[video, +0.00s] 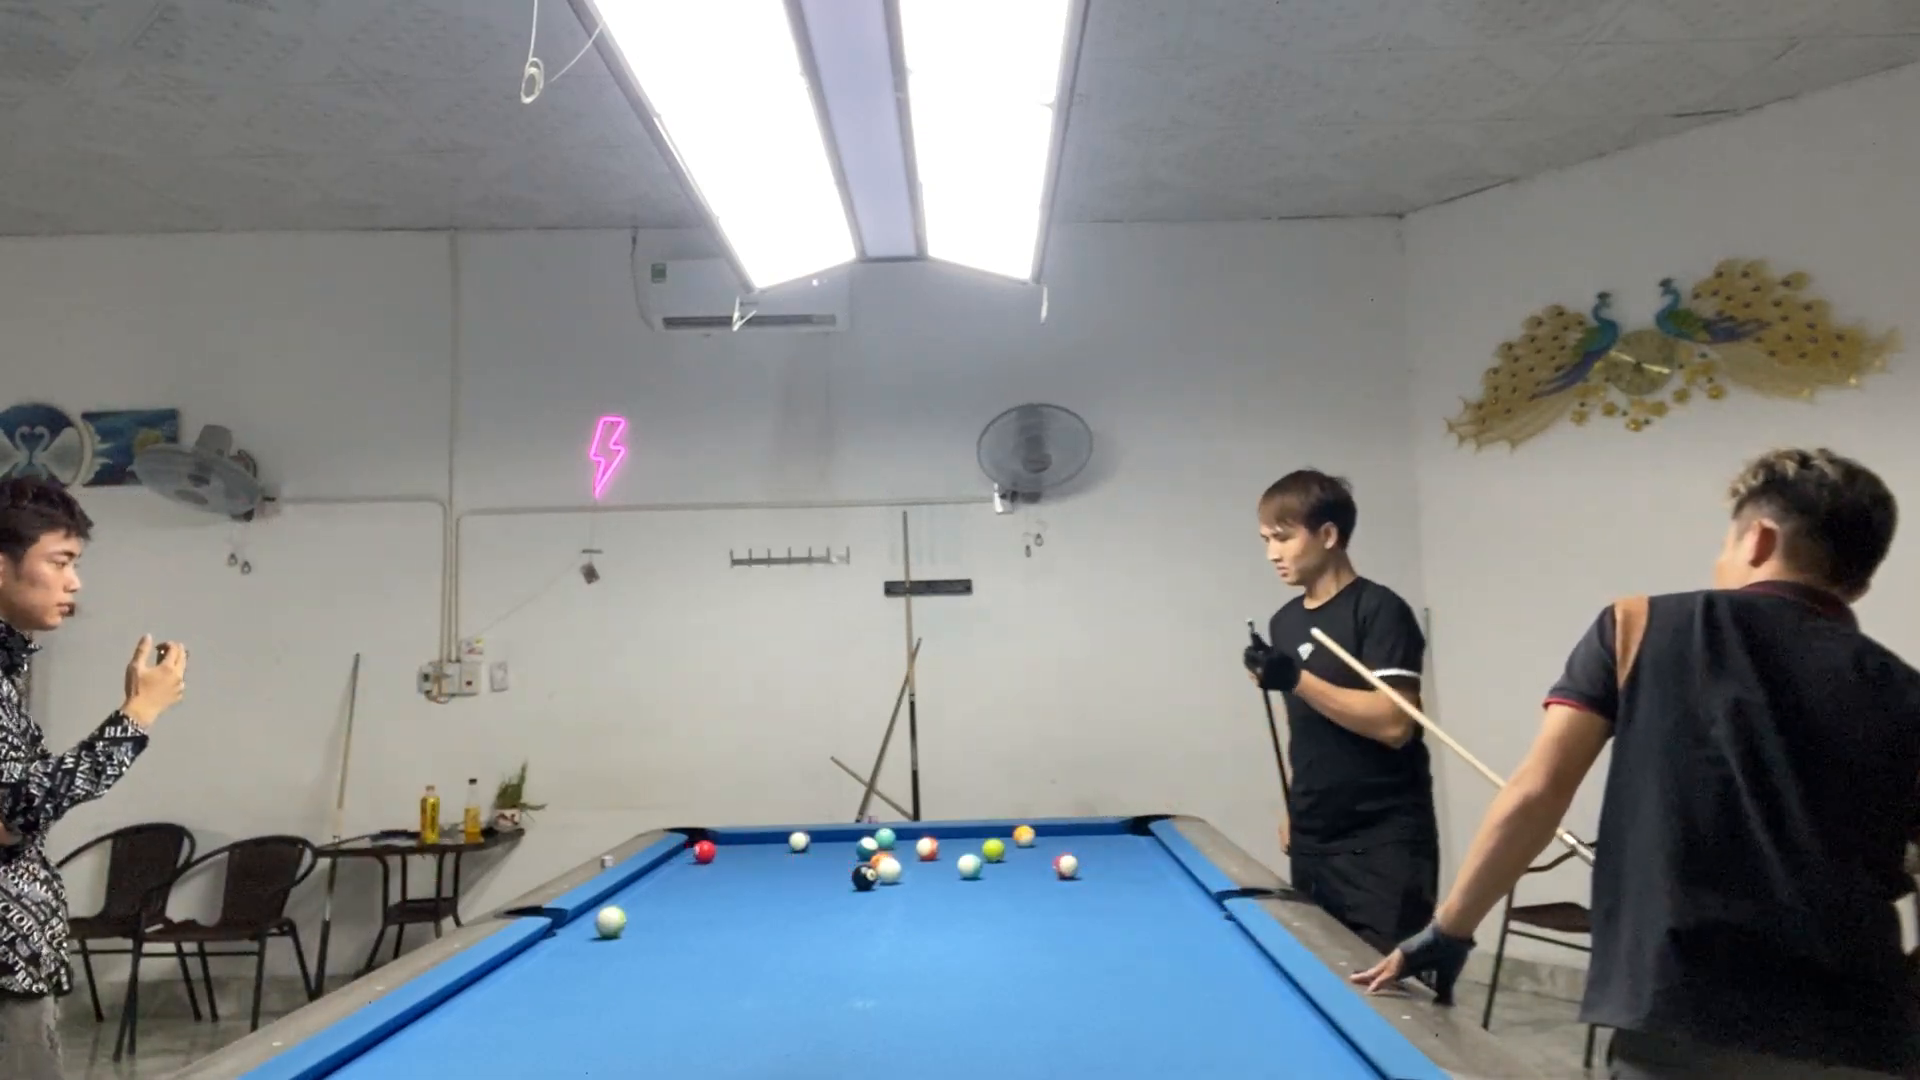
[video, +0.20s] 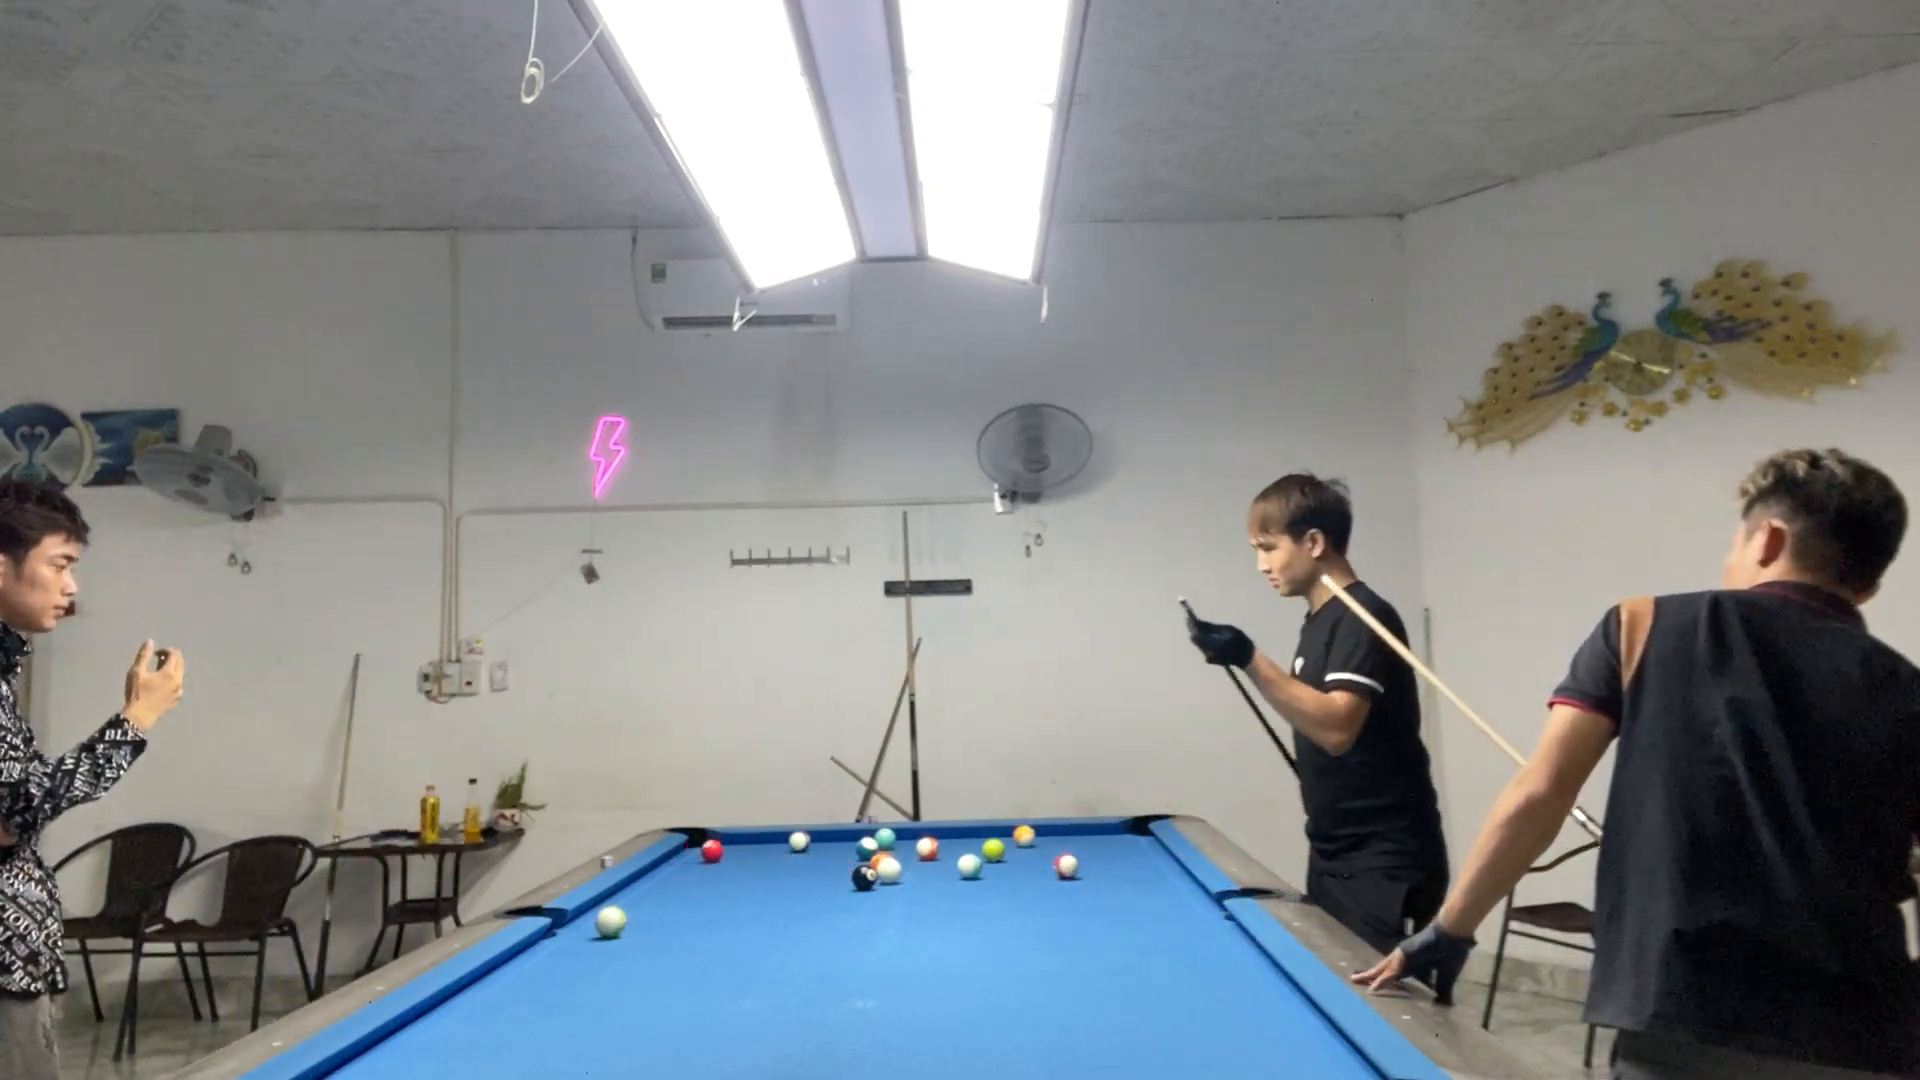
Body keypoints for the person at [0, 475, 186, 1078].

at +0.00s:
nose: (75, 583)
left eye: (74, 564)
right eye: (60, 561)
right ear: (6, 565)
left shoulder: (12, 668)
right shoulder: (6, 672)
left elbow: (32, 792)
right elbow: (24, 801)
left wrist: (133, 713)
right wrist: (137, 714)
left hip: (29, 968)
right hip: (15, 973)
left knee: (40, 1066)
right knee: (34, 1068)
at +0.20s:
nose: (72, 588)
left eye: (72, 568)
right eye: (60, 564)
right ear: (6, 566)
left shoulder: (9, 667)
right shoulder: (5, 670)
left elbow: (27, 795)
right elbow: (22, 801)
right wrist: (136, 719)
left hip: (24, 968)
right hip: (14, 972)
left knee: (36, 1068)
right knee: (32, 1069)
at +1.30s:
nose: (65, 585)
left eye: (66, 567)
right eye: (51, 562)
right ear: (2, 564)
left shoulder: (7, 666)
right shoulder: (5, 668)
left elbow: (21, 795)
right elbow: (18, 801)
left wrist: (130, 722)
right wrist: (134, 722)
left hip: (17, 971)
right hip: (9, 974)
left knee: (29, 1069)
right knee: (27, 1070)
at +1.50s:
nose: (65, 584)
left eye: (67, 566)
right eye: (49, 562)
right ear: (1, 565)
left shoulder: (6, 670)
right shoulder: (3, 673)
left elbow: (22, 795)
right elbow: (19, 799)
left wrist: (131, 721)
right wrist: (134, 722)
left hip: (19, 973)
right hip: (10, 977)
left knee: (30, 1068)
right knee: (26, 1069)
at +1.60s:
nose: (67, 585)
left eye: (68, 568)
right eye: (51, 563)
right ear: (2, 565)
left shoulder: (6, 669)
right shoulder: (4, 672)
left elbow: (22, 794)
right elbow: (20, 800)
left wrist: (131, 721)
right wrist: (134, 721)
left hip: (19, 972)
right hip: (9, 976)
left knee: (29, 1069)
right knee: (26, 1070)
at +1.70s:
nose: (68, 586)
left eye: (69, 568)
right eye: (53, 564)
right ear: (3, 566)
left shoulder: (8, 669)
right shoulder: (4, 672)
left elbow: (23, 794)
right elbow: (21, 800)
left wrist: (131, 722)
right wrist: (134, 722)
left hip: (19, 973)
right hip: (10, 977)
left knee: (29, 1069)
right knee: (26, 1070)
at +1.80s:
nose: (69, 586)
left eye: (70, 568)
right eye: (55, 565)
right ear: (4, 566)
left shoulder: (8, 669)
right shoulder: (5, 672)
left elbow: (23, 794)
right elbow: (21, 800)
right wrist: (135, 722)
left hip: (20, 977)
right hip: (11, 980)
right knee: (27, 1070)